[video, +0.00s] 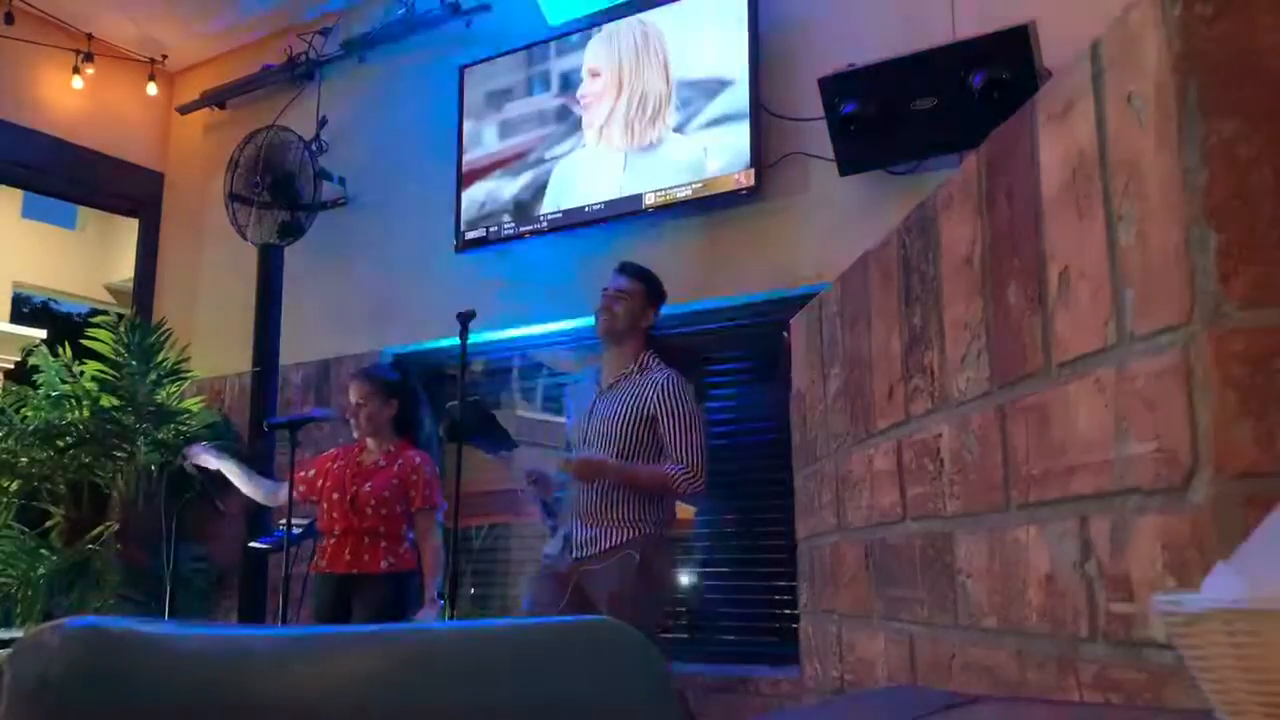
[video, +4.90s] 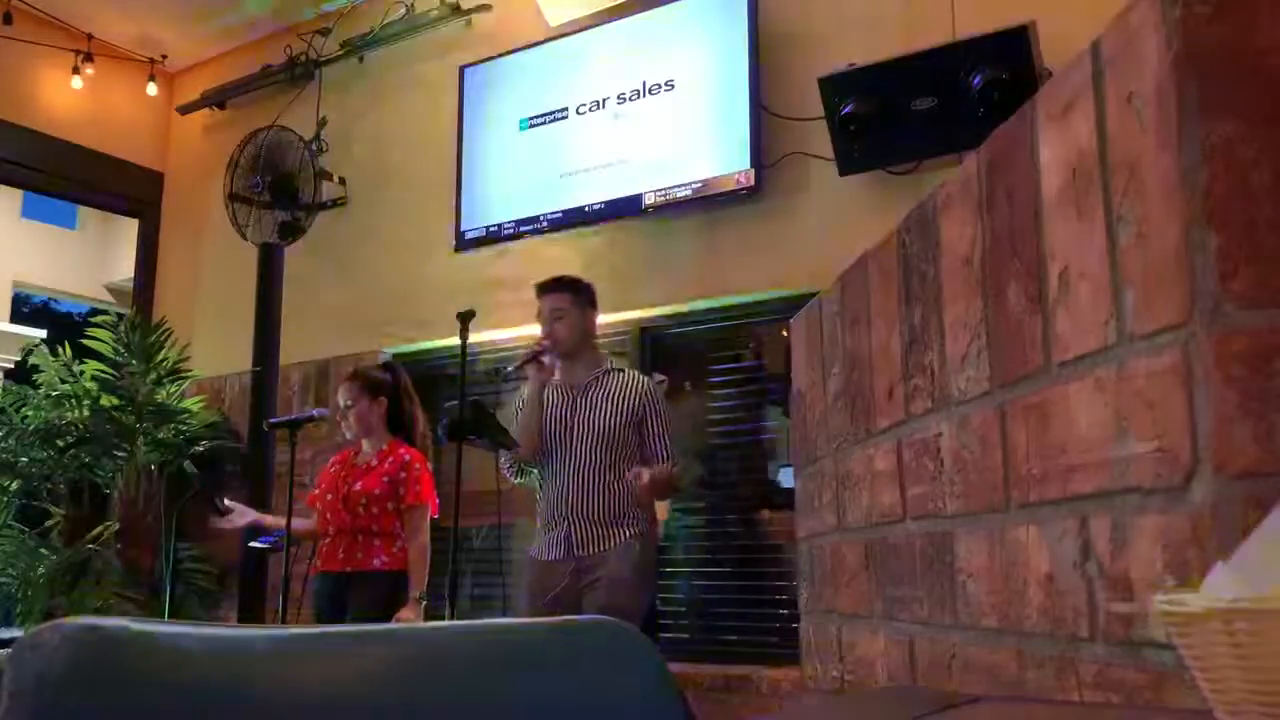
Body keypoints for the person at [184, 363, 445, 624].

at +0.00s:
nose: (351, 413)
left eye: (361, 405)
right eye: (350, 405)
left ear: (391, 407)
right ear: (348, 406)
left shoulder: (415, 464)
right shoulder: (335, 461)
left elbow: (429, 537)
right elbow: (274, 495)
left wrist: (431, 602)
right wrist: (222, 463)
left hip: (386, 584)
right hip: (330, 583)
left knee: (376, 679)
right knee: (322, 675)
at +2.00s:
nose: (349, 419)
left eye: (358, 410)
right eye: (348, 412)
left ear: (388, 408)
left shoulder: (417, 464)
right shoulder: (340, 464)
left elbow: (428, 536)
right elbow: (302, 517)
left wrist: (427, 601)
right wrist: (246, 491)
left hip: (389, 582)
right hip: (335, 582)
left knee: (383, 680)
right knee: (333, 679)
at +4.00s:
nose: (343, 417)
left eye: (351, 407)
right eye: (342, 409)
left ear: (380, 408)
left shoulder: (408, 463)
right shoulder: (341, 464)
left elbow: (419, 537)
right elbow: (303, 518)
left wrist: (415, 601)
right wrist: (251, 481)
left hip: (383, 581)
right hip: (334, 580)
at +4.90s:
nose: (341, 416)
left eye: (349, 406)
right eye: (339, 409)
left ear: (380, 406)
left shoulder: (408, 462)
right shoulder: (338, 464)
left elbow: (418, 537)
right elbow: (318, 526)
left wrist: (415, 601)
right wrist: (256, 517)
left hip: (382, 581)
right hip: (331, 579)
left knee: (371, 677)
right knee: (330, 676)